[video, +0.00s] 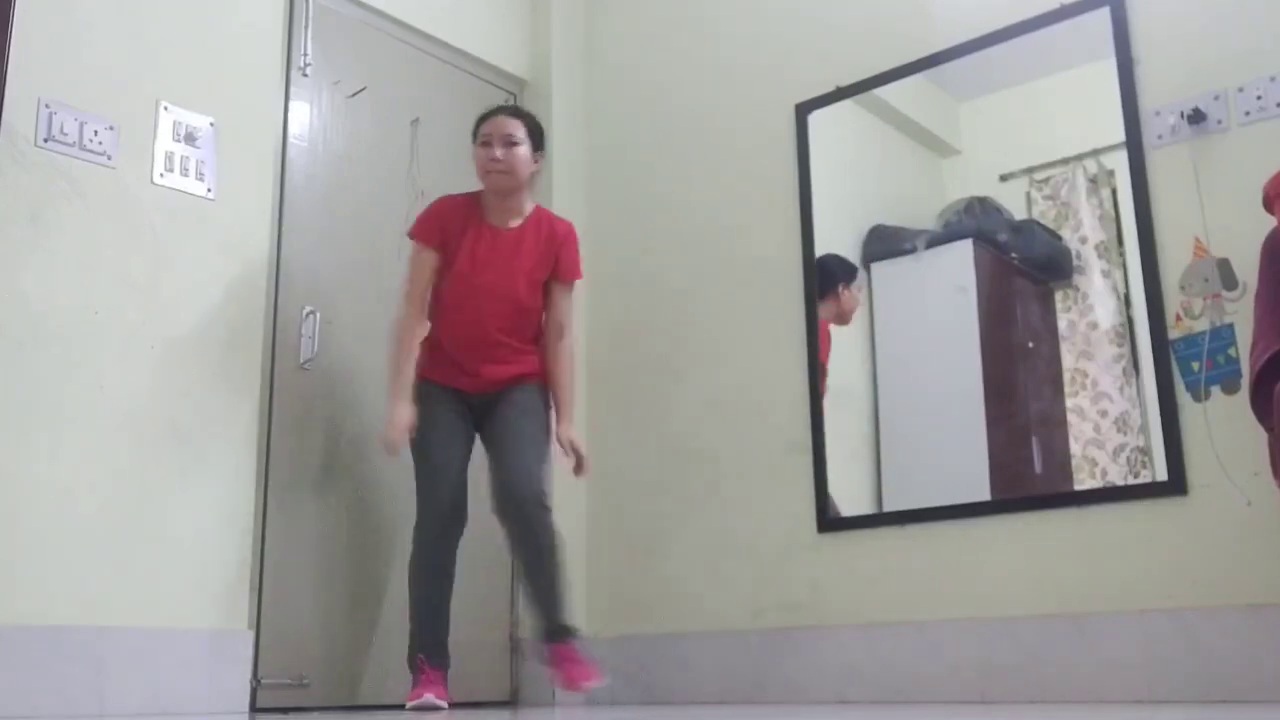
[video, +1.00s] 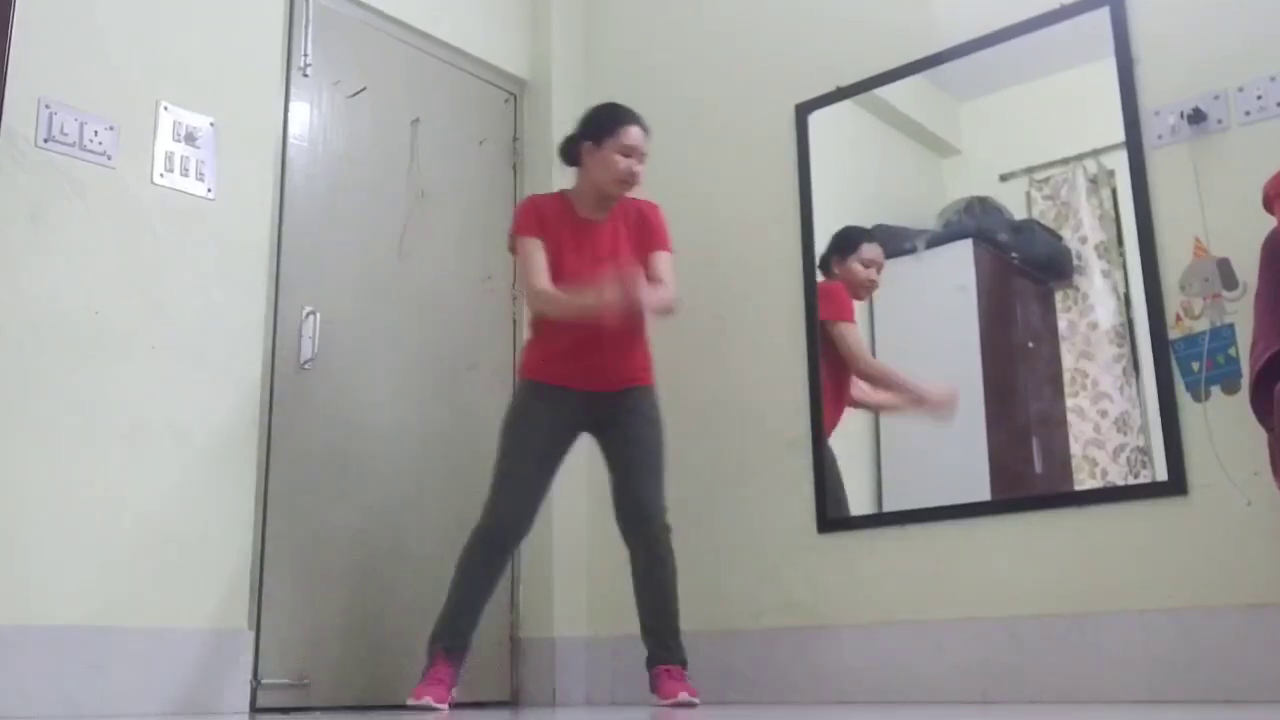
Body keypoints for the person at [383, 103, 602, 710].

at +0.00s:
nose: (496, 152)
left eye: (511, 143)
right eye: (486, 143)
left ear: (536, 158)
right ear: (473, 156)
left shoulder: (556, 235)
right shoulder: (445, 217)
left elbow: (560, 334)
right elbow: (414, 314)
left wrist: (565, 418)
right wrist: (401, 399)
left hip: (518, 387)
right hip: (440, 384)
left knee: (522, 498)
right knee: (439, 516)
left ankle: (558, 637)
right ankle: (428, 671)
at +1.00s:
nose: (635, 167)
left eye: (642, 157)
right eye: (624, 153)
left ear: (643, 163)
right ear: (586, 153)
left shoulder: (644, 217)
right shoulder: (537, 212)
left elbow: (669, 296)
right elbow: (539, 298)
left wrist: (642, 292)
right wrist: (605, 299)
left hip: (626, 392)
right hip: (550, 389)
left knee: (648, 524)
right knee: (502, 524)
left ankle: (668, 668)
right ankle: (443, 664)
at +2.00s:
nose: (578, 142)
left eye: (590, 133)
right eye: (567, 133)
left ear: (612, 147)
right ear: (549, 145)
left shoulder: (631, 212)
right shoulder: (523, 204)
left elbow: (632, 289)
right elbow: (517, 273)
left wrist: (594, 227)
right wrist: (571, 214)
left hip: (610, 388)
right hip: (533, 385)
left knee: (631, 523)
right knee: (495, 521)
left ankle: (666, 666)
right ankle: (447, 663)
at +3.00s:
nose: (526, 142)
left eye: (538, 134)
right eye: (514, 130)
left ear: (551, 150)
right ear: (489, 142)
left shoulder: (565, 213)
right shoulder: (458, 203)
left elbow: (581, 301)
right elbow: (455, 291)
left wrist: (562, 286)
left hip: (544, 377)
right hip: (470, 379)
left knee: (595, 496)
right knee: (464, 516)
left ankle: (616, 626)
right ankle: (445, 671)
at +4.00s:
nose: (631, 149)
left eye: (643, 141)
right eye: (619, 140)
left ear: (658, 157)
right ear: (598, 153)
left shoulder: (683, 217)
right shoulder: (579, 229)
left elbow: (715, 301)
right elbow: (560, 324)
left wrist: (702, 366)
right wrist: (541, 404)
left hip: (677, 390)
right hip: (603, 393)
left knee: (675, 525)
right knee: (584, 505)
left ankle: (676, 667)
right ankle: (620, 608)